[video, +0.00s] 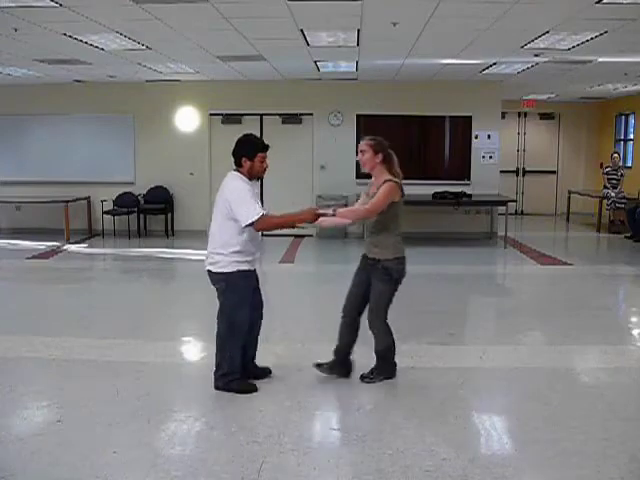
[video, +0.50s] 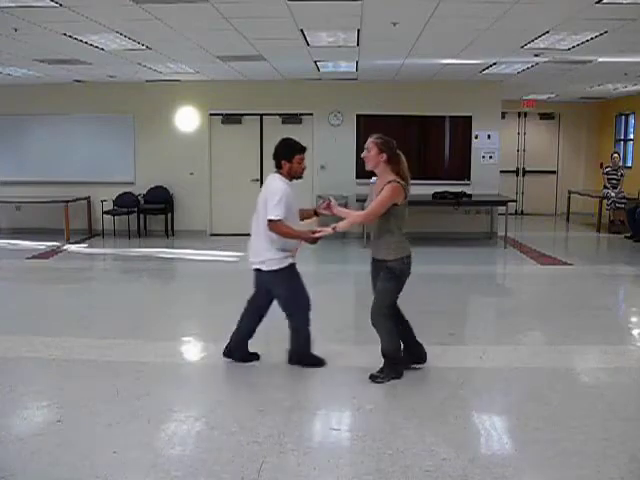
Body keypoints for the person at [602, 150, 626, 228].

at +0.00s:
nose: (615, 160)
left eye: (616, 158)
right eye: (613, 158)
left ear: (619, 160)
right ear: (611, 160)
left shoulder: (621, 170)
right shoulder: (606, 169)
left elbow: (621, 182)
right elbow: (605, 182)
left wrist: (618, 190)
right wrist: (611, 189)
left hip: (617, 188)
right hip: (608, 188)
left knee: (622, 196)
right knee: (611, 196)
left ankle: (621, 217)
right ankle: (611, 216)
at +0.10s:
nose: (615, 160)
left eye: (616, 158)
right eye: (613, 158)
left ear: (619, 160)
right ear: (611, 160)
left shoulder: (621, 170)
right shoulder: (606, 169)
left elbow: (621, 182)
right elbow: (605, 182)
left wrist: (618, 190)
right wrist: (611, 189)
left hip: (617, 188)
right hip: (608, 188)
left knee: (622, 196)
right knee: (611, 196)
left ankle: (621, 217)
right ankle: (611, 216)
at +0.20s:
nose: (615, 160)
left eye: (616, 158)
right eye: (613, 158)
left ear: (619, 160)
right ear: (611, 160)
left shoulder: (621, 170)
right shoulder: (606, 169)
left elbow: (621, 183)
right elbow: (605, 182)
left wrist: (617, 190)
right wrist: (611, 189)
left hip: (617, 188)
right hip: (608, 188)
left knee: (622, 196)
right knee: (611, 196)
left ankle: (621, 216)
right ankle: (611, 216)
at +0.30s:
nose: (615, 160)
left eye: (616, 158)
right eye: (613, 158)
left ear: (619, 160)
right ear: (611, 160)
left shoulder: (621, 170)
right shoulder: (606, 169)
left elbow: (621, 182)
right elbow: (605, 182)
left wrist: (618, 190)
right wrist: (611, 189)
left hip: (617, 188)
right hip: (608, 188)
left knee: (622, 196)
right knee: (611, 196)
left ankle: (621, 217)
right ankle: (611, 216)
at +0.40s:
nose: (615, 160)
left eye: (616, 158)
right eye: (613, 158)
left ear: (619, 160)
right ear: (611, 160)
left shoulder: (621, 170)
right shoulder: (606, 169)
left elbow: (621, 182)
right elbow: (605, 182)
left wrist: (618, 190)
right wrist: (611, 189)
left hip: (617, 188)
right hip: (608, 188)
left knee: (622, 196)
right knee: (611, 196)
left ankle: (621, 217)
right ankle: (611, 216)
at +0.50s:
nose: (615, 160)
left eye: (616, 158)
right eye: (613, 158)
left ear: (619, 160)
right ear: (611, 160)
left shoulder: (621, 170)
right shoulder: (606, 169)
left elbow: (621, 183)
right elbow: (605, 182)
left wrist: (617, 190)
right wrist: (611, 189)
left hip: (617, 188)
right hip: (608, 188)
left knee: (622, 196)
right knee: (611, 196)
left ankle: (621, 216)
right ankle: (611, 216)